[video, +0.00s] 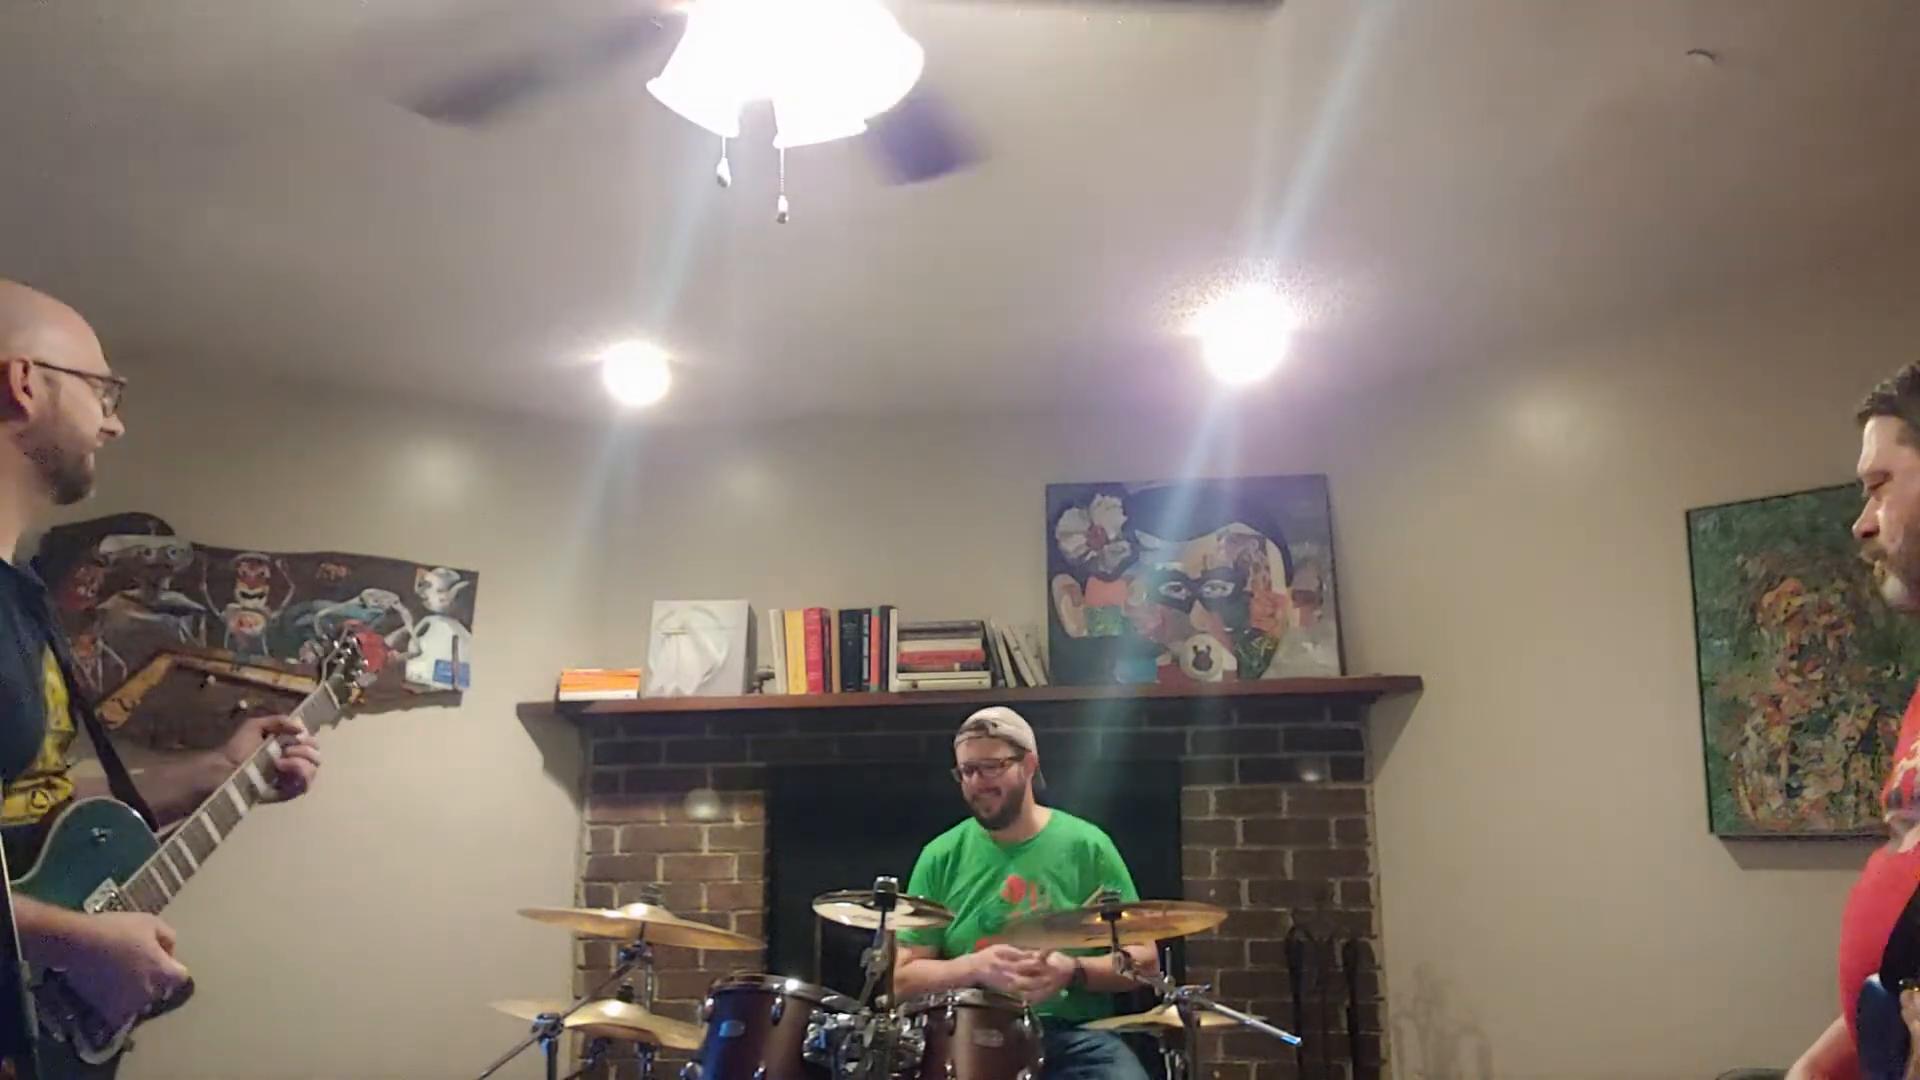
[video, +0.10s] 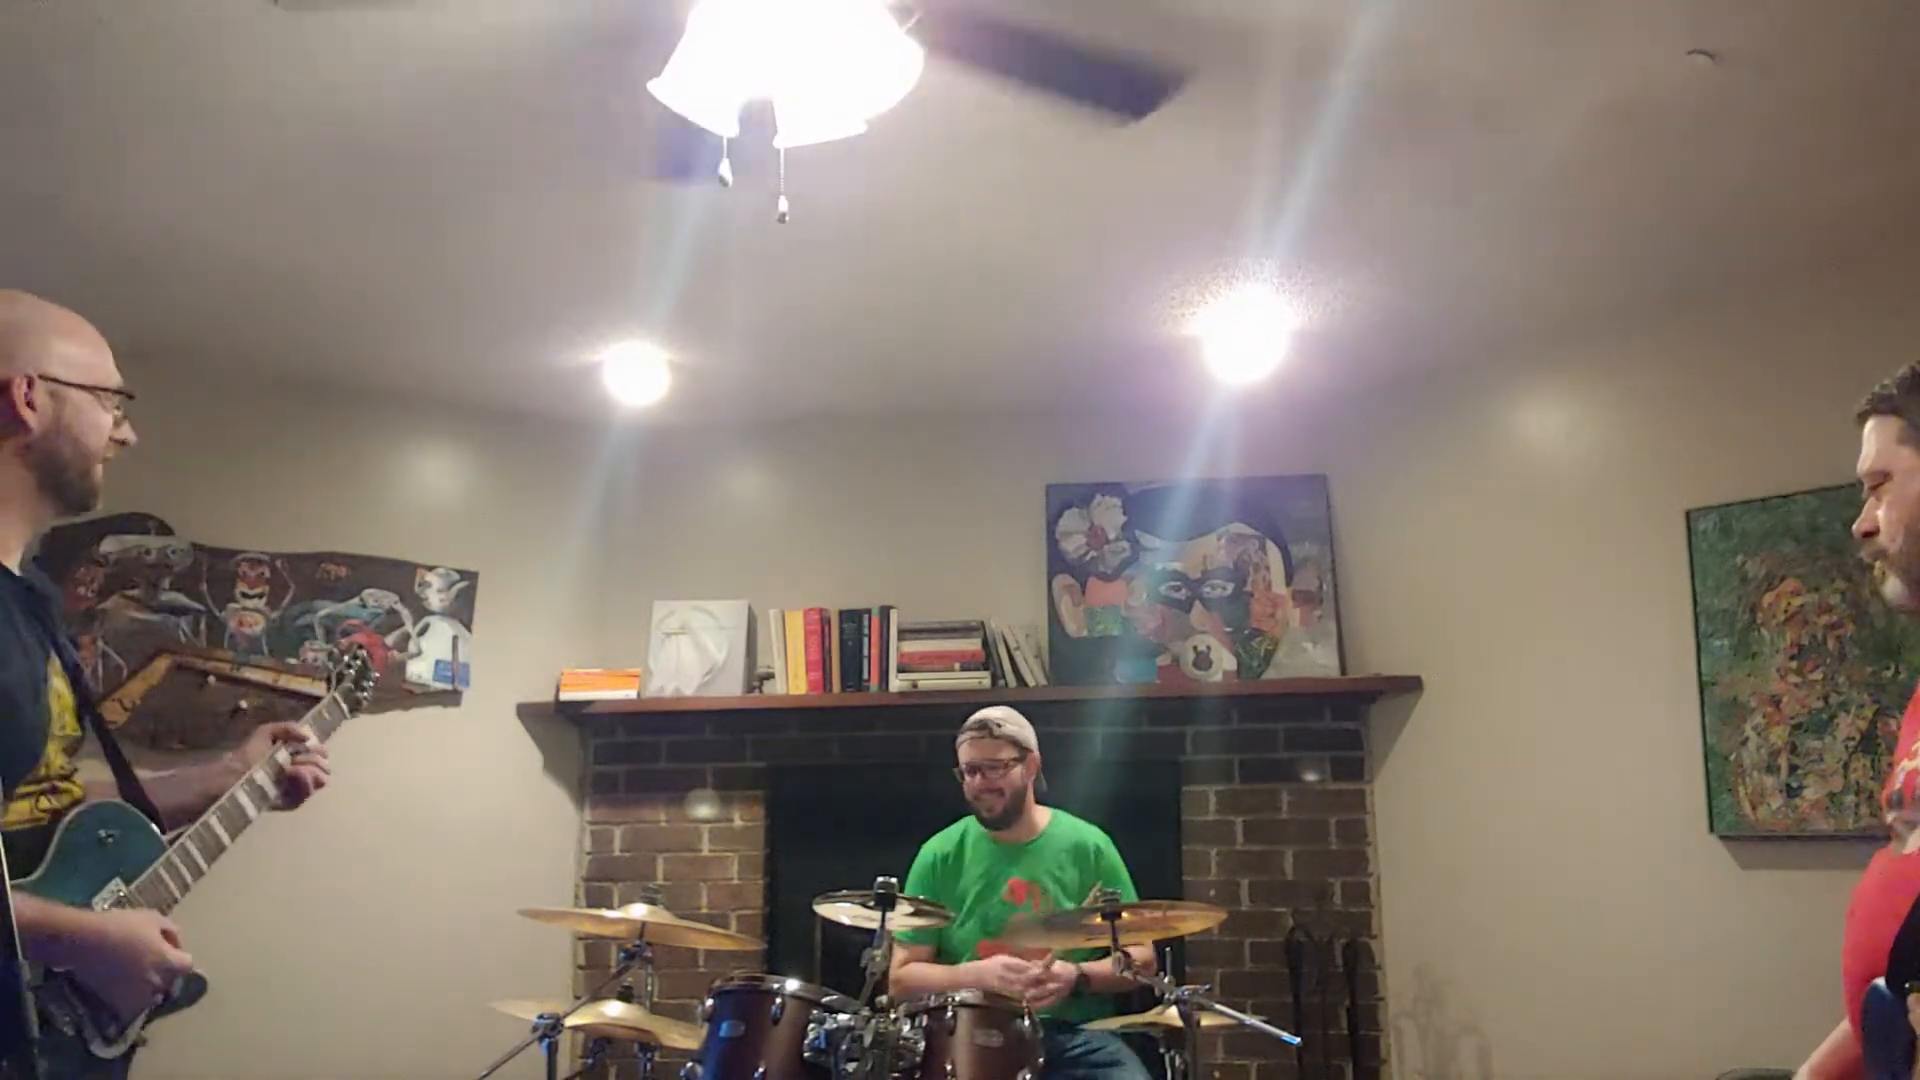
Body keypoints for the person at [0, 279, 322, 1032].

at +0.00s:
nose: (114, 425)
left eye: (112, 397)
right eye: (102, 391)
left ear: (27, 386)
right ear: (24, 384)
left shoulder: (23, 597)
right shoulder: (8, 599)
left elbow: (37, 814)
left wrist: (219, 770)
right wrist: (67, 941)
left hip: (52, 1040)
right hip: (16, 1046)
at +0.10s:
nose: (126, 433)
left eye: (121, 405)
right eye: (111, 401)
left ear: (30, 401)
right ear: (27, 399)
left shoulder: (29, 599)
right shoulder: (11, 602)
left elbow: (41, 803)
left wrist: (232, 774)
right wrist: (70, 938)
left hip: (58, 1037)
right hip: (19, 1044)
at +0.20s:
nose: (136, 443)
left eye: (133, 416)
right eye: (122, 413)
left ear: (34, 414)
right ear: (32, 412)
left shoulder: (38, 602)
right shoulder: (13, 609)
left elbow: (53, 796)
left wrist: (241, 774)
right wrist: (67, 925)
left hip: (66, 1039)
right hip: (21, 1046)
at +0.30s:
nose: (142, 460)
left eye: (140, 432)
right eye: (122, 431)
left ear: (27, 430)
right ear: (26, 428)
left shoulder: (47, 602)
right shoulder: (15, 609)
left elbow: (65, 809)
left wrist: (250, 768)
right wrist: (78, 919)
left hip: (70, 1034)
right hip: (18, 1039)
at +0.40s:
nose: (146, 472)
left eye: (146, 444)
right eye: (121, 446)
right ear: (22, 444)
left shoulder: (49, 603)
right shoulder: (16, 611)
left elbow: (60, 820)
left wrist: (251, 771)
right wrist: (77, 918)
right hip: (13, 1042)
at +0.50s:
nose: (147, 478)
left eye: (147, 448)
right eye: (122, 452)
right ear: (19, 449)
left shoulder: (50, 604)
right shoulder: (12, 611)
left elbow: (73, 808)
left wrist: (262, 768)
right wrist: (77, 916)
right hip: (21, 1038)